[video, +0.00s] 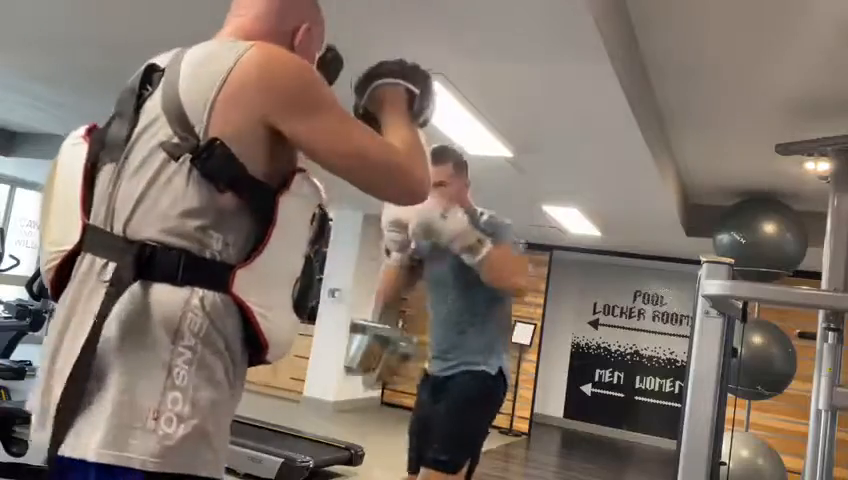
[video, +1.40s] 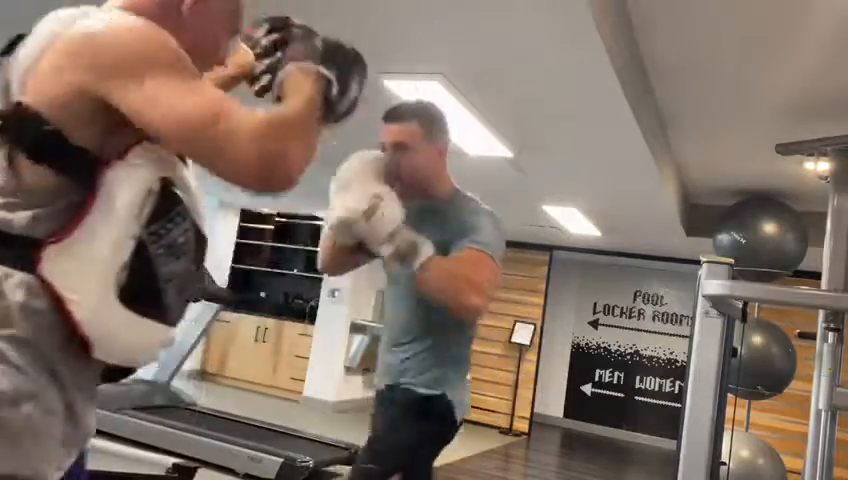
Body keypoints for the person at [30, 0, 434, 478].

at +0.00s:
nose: (315, 62)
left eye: (320, 52)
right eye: (318, 49)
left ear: (236, 18)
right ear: (303, 36)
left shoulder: (160, 70)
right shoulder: (272, 71)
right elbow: (410, 181)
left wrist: (301, 96)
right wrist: (392, 97)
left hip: (85, 306)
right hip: (170, 330)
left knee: (77, 460)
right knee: (145, 465)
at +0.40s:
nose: (313, 79)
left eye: (316, 68)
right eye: (316, 64)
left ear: (234, 28)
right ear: (299, 47)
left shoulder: (161, 80)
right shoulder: (269, 86)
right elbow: (371, 226)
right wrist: (372, 132)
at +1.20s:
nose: (296, 53)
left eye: (303, 36)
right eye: (299, 29)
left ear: (203, 8)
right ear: (260, 20)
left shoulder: (128, 52)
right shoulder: (198, 68)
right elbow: (308, 232)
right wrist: (369, 147)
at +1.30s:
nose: (270, 51)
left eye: (276, 33)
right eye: (270, 28)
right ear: (234, 17)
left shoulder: (119, 46)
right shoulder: (156, 55)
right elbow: (257, 207)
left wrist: (257, 77)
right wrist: (337, 132)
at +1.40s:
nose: (239, 31)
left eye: (241, 18)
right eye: (236, 15)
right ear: (192, 3)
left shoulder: (81, 30)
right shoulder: (115, 41)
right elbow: (272, 160)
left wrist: (230, 70)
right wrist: (307, 75)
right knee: (28, 465)